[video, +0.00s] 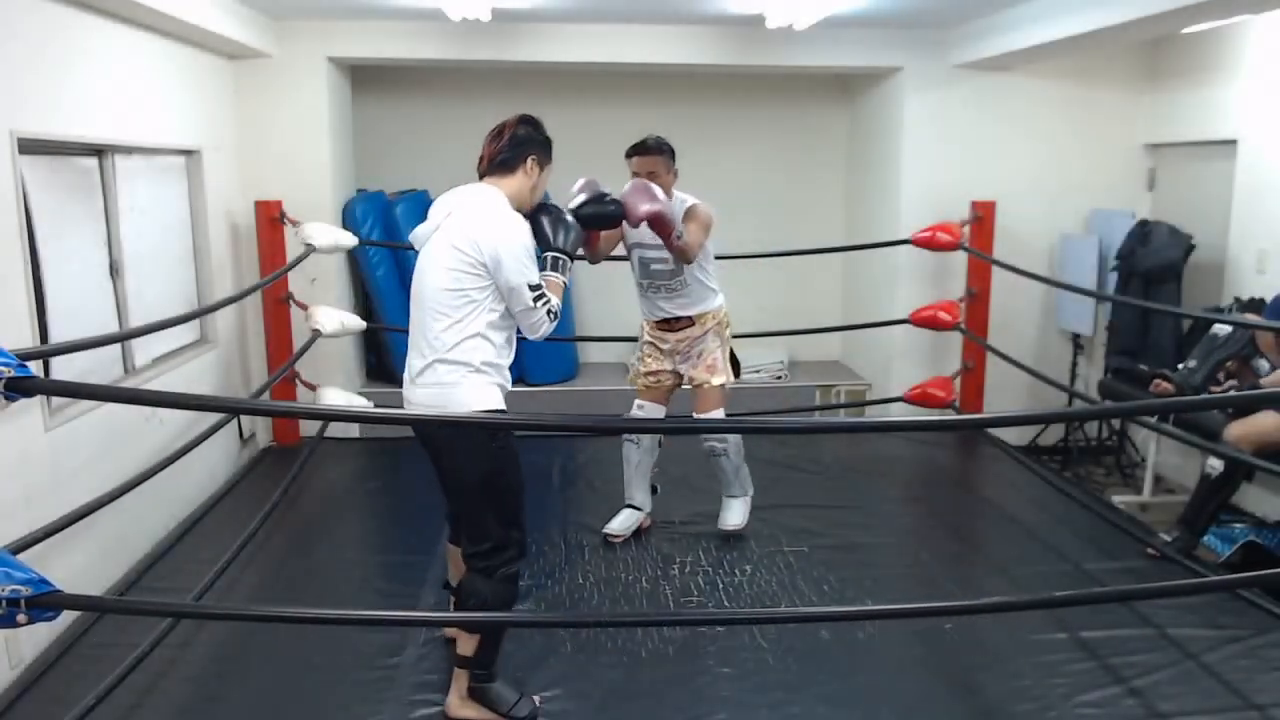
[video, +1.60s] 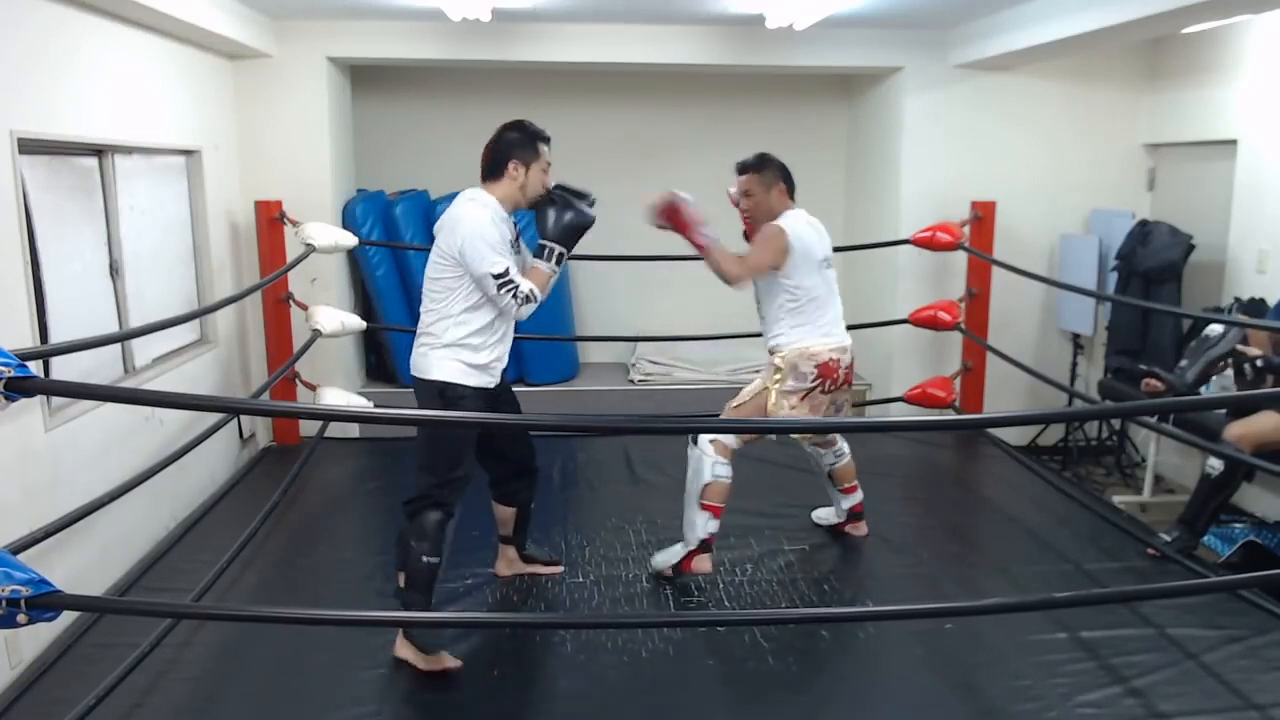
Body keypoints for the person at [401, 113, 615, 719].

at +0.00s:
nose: (540, 193)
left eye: (543, 182)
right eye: (543, 179)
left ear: (493, 160)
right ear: (528, 165)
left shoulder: (447, 209)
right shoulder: (501, 219)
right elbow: (537, 321)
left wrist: (544, 256)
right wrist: (560, 267)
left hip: (427, 400)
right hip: (471, 406)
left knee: (465, 518)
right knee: (498, 548)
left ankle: (460, 615)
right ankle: (466, 692)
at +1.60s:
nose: (548, 180)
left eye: (548, 170)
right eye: (544, 169)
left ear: (512, 169)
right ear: (516, 169)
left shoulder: (499, 218)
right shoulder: (473, 216)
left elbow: (527, 287)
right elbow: (518, 303)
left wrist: (554, 244)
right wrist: (551, 253)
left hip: (485, 373)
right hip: (448, 374)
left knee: (515, 463)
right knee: (438, 496)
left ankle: (509, 556)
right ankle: (413, 632)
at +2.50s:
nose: (529, 184)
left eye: (532, 175)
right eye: (522, 174)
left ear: (524, 179)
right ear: (490, 176)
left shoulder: (509, 226)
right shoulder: (455, 220)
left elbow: (528, 298)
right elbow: (491, 285)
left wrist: (546, 246)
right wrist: (516, 233)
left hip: (479, 363)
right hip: (429, 363)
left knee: (515, 455)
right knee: (400, 465)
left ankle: (514, 539)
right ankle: (352, 569)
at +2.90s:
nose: (478, 179)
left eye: (483, 170)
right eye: (467, 169)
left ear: (488, 173)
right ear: (441, 174)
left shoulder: (493, 222)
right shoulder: (410, 228)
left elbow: (527, 282)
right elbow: (416, 306)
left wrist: (540, 251)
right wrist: (437, 257)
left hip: (474, 360)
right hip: (417, 364)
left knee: (515, 446)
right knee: (393, 454)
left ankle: (512, 539)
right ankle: (362, 524)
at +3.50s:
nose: (486, 175)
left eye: (494, 164)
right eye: (476, 164)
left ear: (503, 168)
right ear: (456, 167)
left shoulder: (512, 215)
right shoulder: (434, 212)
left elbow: (533, 288)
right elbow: (461, 251)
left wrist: (519, 245)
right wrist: (518, 232)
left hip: (503, 349)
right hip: (445, 347)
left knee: (540, 428)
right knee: (409, 428)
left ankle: (555, 508)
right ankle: (413, 490)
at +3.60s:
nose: (486, 174)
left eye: (493, 163)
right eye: (476, 164)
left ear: (502, 166)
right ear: (457, 168)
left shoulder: (516, 216)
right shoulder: (435, 215)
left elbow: (534, 279)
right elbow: (448, 281)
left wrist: (520, 247)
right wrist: (506, 278)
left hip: (507, 346)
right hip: (449, 348)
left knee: (539, 431)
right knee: (427, 442)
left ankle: (560, 511)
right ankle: (462, 498)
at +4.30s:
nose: (492, 168)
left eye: (501, 157)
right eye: (483, 160)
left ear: (523, 160)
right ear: (475, 167)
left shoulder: (548, 213)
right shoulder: (475, 222)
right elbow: (471, 285)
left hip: (542, 342)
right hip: (492, 339)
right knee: (475, 416)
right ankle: (466, 499)